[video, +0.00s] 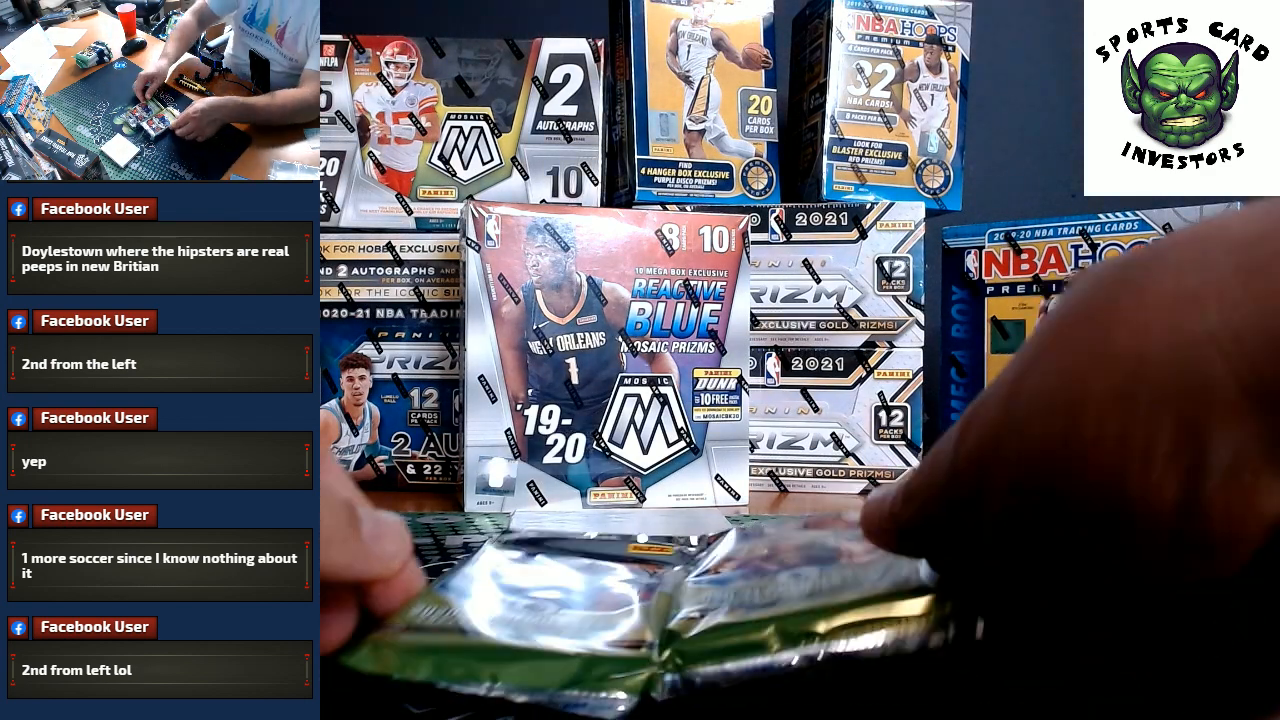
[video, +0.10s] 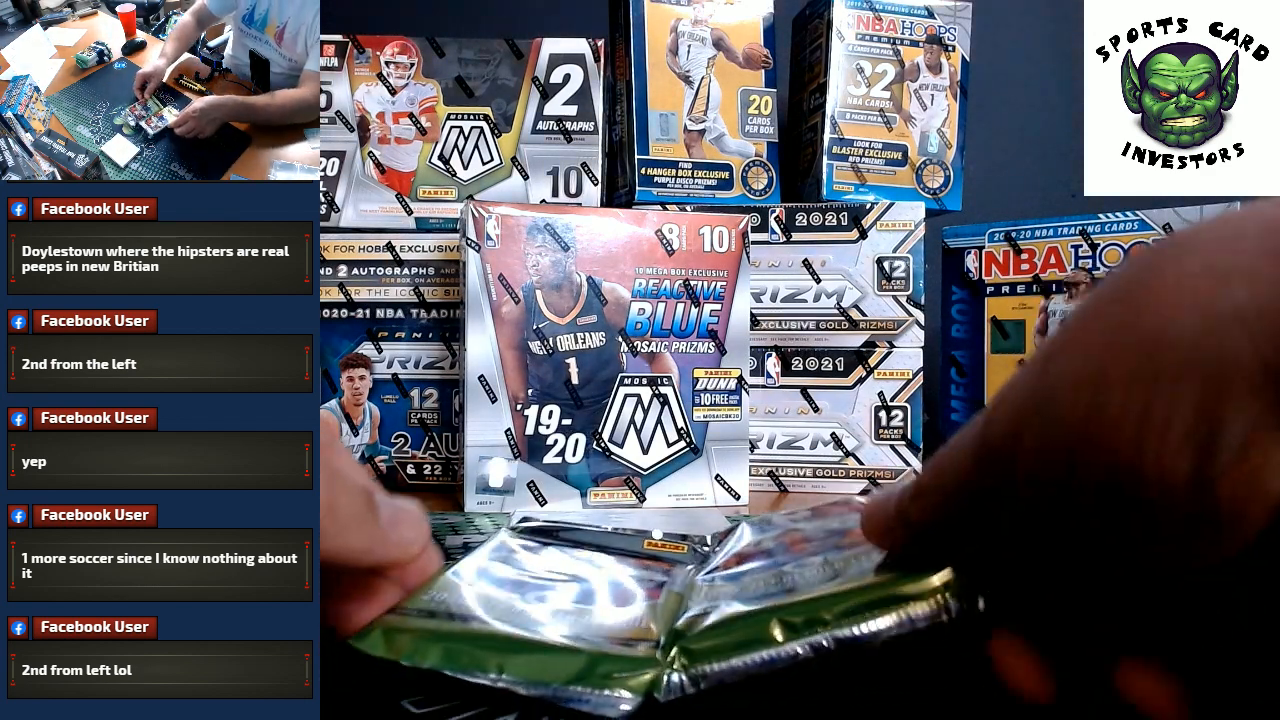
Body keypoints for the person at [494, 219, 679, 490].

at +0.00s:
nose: (533, 264)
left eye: (542, 255)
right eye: (530, 255)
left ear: (569, 257)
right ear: (525, 258)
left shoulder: (611, 299)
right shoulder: (514, 312)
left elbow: (657, 356)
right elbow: (517, 400)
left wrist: (666, 412)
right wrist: (521, 465)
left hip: (609, 423)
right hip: (549, 428)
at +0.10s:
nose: (533, 264)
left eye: (542, 255)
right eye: (530, 255)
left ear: (569, 257)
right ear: (525, 258)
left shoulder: (611, 299)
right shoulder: (514, 312)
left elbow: (657, 356)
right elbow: (517, 400)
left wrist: (665, 412)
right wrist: (520, 465)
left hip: (609, 424)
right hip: (548, 428)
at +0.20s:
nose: (533, 264)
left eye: (542, 255)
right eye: (529, 255)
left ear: (569, 257)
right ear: (525, 258)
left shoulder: (611, 299)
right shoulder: (514, 312)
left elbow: (657, 356)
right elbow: (517, 400)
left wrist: (666, 412)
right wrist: (521, 465)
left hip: (609, 422)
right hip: (549, 427)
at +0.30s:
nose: (533, 264)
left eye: (542, 255)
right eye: (529, 255)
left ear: (569, 257)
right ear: (525, 258)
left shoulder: (612, 299)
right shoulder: (514, 312)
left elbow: (658, 356)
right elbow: (517, 399)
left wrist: (664, 415)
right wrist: (522, 463)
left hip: (610, 426)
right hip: (548, 430)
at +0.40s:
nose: (533, 263)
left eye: (543, 254)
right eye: (529, 255)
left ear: (569, 256)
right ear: (525, 258)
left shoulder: (612, 299)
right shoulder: (514, 313)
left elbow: (658, 356)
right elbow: (518, 400)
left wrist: (664, 412)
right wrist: (526, 459)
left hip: (609, 424)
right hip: (548, 427)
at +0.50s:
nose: (533, 263)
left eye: (543, 254)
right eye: (529, 255)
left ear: (570, 256)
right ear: (525, 258)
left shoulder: (612, 299)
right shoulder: (513, 313)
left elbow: (658, 356)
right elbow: (518, 399)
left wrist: (664, 413)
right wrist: (524, 459)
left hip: (610, 426)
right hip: (549, 430)